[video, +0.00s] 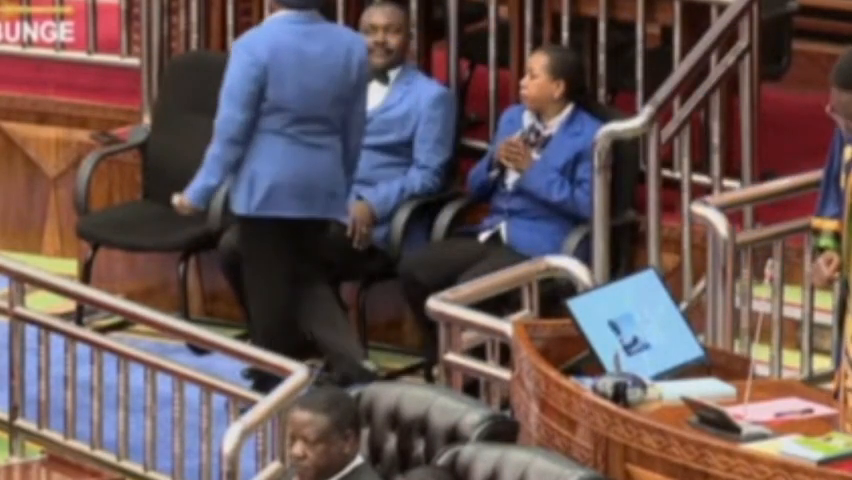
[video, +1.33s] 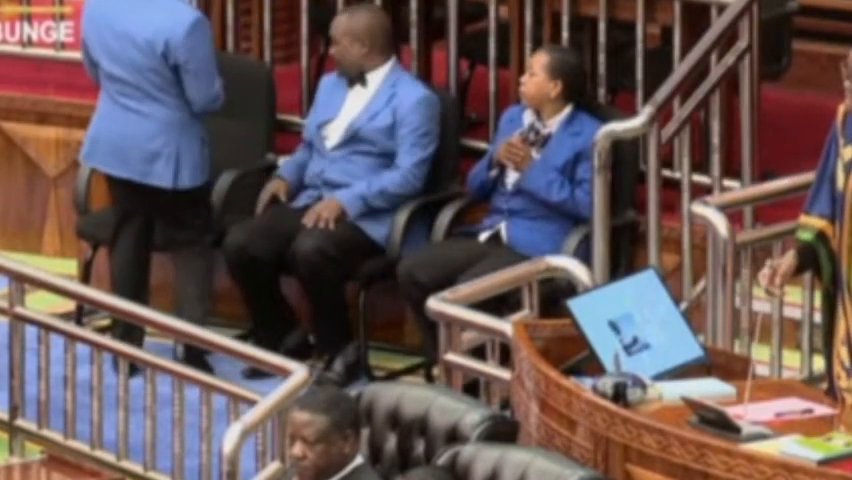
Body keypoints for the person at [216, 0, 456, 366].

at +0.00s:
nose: (379, 41)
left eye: (391, 32)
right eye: (371, 31)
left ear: (408, 39)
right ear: (359, 36)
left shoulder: (430, 96)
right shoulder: (346, 81)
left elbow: (427, 175)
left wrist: (371, 205)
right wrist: (338, 195)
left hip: (378, 224)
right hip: (323, 208)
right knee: (234, 248)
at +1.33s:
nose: (330, 51)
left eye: (336, 43)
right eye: (331, 42)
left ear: (365, 47)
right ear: (361, 46)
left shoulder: (414, 98)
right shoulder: (331, 84)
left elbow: (411, 176)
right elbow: (309, 148)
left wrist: (345, 201)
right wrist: (285, 178)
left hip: (371, 216)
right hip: (313, 203)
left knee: (310, 252)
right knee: (243, 245)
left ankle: (338, 350)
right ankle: (278, 334)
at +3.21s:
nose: (353, 44)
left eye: (363, 35)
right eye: (343, 34)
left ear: (378, 40)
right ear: (327, 39)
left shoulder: (403, 99)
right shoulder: (304, 87)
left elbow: (403, 178)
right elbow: (296, 144)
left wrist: (325, 178)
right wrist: (281, 148)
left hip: (366, 217)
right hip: (304, 210)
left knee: (314, 253)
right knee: (241, 248)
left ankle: (337, 354)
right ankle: (281, 342)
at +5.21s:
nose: (366, 53)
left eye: (373, 43)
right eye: (355, 45)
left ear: (384, 46)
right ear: (335, 50)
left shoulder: (408, 103)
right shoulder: (307, 90)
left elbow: (409, 182)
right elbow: (288, 147)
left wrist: (337, 183)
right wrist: (298, 170)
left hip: (366, 219)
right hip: (303, 210)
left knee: (317, 257)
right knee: (236, 249)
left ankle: (339, 357)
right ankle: (282, 345)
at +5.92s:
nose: (373, 51)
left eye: (380, 42)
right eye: (362, 42)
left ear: (389, 46)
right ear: (339, 48)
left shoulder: (411, 103)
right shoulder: (308, 89)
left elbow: (411, 181)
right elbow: (286, 149)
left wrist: (341, 181)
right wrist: (298, 169)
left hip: (365, 218)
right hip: (302, 210)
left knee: (318, 258)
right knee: (235, 248)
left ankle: (340, 358)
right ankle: (283, 344)